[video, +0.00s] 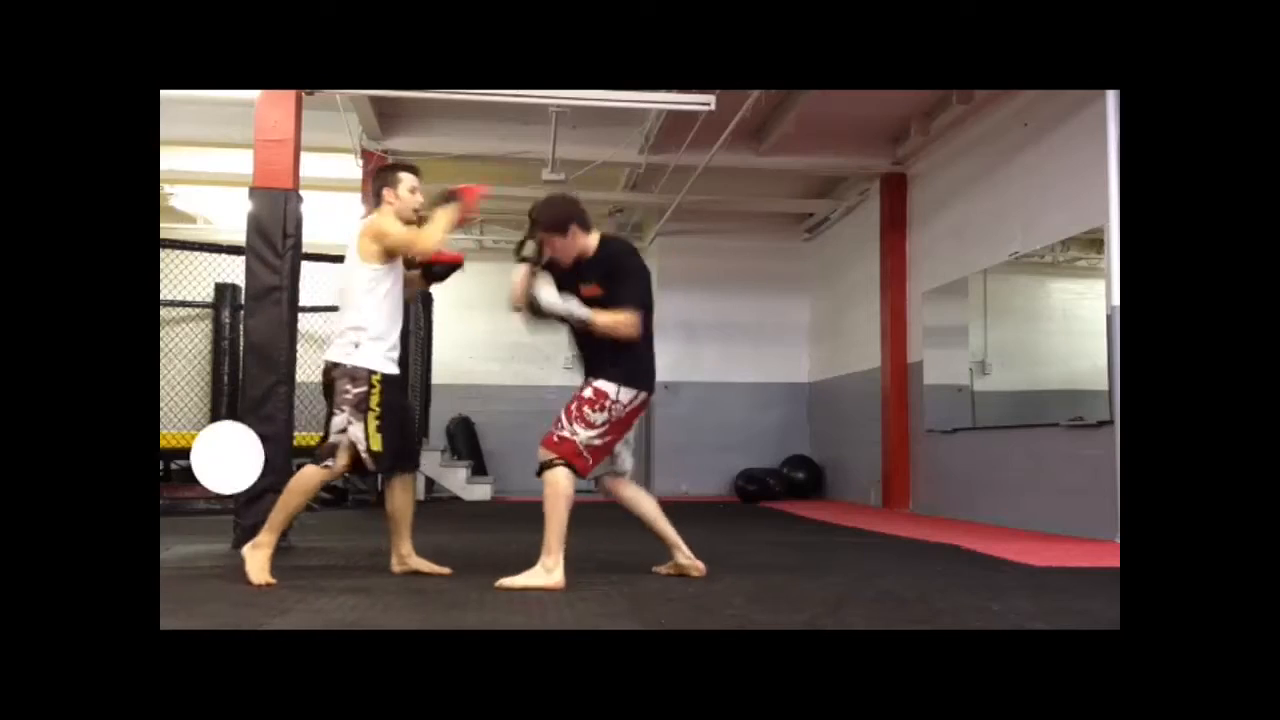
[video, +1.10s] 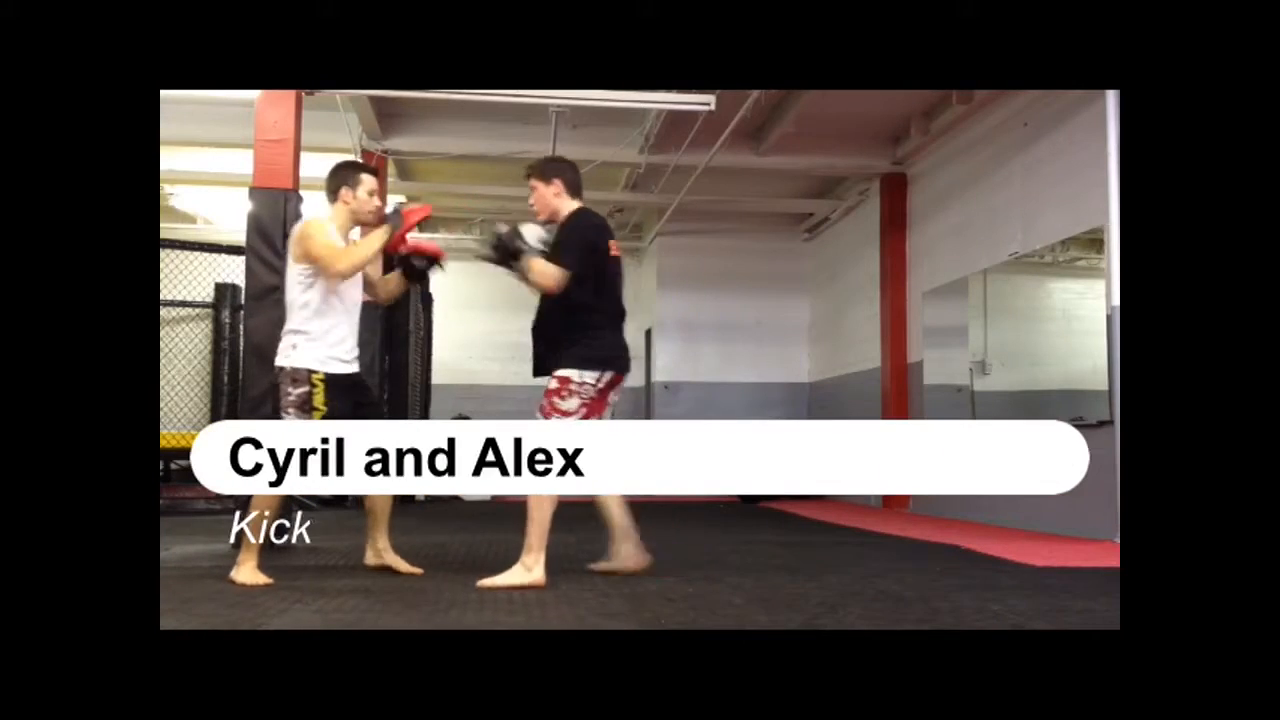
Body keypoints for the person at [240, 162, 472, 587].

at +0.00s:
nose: (421, 199)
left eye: (420, 192)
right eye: (413, 191)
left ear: (392, 197)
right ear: (388, 194)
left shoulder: (387, 233)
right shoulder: (379, 223)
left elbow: (390, 287)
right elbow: (424, 244)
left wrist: (428, 276)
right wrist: (447, 212)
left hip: (381, 363)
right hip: (358, 362)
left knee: (401, 460)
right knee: (336, 458)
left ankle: (403, 553)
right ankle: (262, 544)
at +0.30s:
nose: (414, 205)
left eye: (417, 199)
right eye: (407, 195)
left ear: (409, 206)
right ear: (381, 196)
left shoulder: (398, 244)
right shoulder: (355, 233)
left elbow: (430, 289)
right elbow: (384, 259)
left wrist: (449, 257)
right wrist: (420, 218)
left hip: (379, 370)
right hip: (338, 367)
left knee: (399, 458)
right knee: (310, 459)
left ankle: (404, 553)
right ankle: (251, 551)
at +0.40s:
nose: (401, 202)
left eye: (403, 195)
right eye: (392, 194)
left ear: (398, 200)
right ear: (365, 197)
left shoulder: (389, 246)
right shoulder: (338, 236)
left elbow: (425, 282)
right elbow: (335, 277)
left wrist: (445, 262)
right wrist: (384, 241)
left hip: (372, 371)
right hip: (328, 369)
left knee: (398, 458)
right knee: (300, 463)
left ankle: (404, 552)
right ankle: (249, 558)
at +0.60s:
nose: (369, 196)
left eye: (369, 189)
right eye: (360, 188)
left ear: (352, 194)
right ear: (332, 192)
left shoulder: (364, 241)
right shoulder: (296, 228)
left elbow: (409, 286)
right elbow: (269, 274)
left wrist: (443, 247)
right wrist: (321, 235)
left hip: (350, 366)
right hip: (300, 365)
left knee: (387, 451)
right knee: (278, 465)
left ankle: (394, 542)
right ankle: (246, 562)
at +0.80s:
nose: (377, 197)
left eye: (377, 189)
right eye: (368, 189)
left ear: (356, 196)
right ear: (340, 194)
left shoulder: (359, 245)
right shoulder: (310, 232)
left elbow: (387, 288)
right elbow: (322, 267)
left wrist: (420, 258)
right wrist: (337, 223)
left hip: (346, 366)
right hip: (304, 364)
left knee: (374, 455)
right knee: (283, 463)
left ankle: (375, 552)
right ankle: (247, 562)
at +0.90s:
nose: (385, 202)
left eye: (386, 195)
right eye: (378, 195)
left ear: (360, 197)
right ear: (354, 195)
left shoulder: (363, 239)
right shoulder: (336, 232)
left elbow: (382, 296)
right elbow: (387, 262)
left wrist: (402, 250)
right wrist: (400, 226)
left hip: (346, 369)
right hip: (312, 367)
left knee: (373, 458)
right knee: (291, 464)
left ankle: (375, 552)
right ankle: (248, 560)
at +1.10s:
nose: (378, 203)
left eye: (378, 195)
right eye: (371, 194)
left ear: (356, 199)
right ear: (344, 195)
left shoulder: (359, 241)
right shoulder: (311, 230)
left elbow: (381, 292)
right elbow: (340, 264)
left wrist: (415, 265)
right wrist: (391, 229)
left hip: (345, 367)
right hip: (305, 366)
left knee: (382, 453)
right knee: (286, 461)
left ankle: (379, 546)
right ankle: (247, 560)